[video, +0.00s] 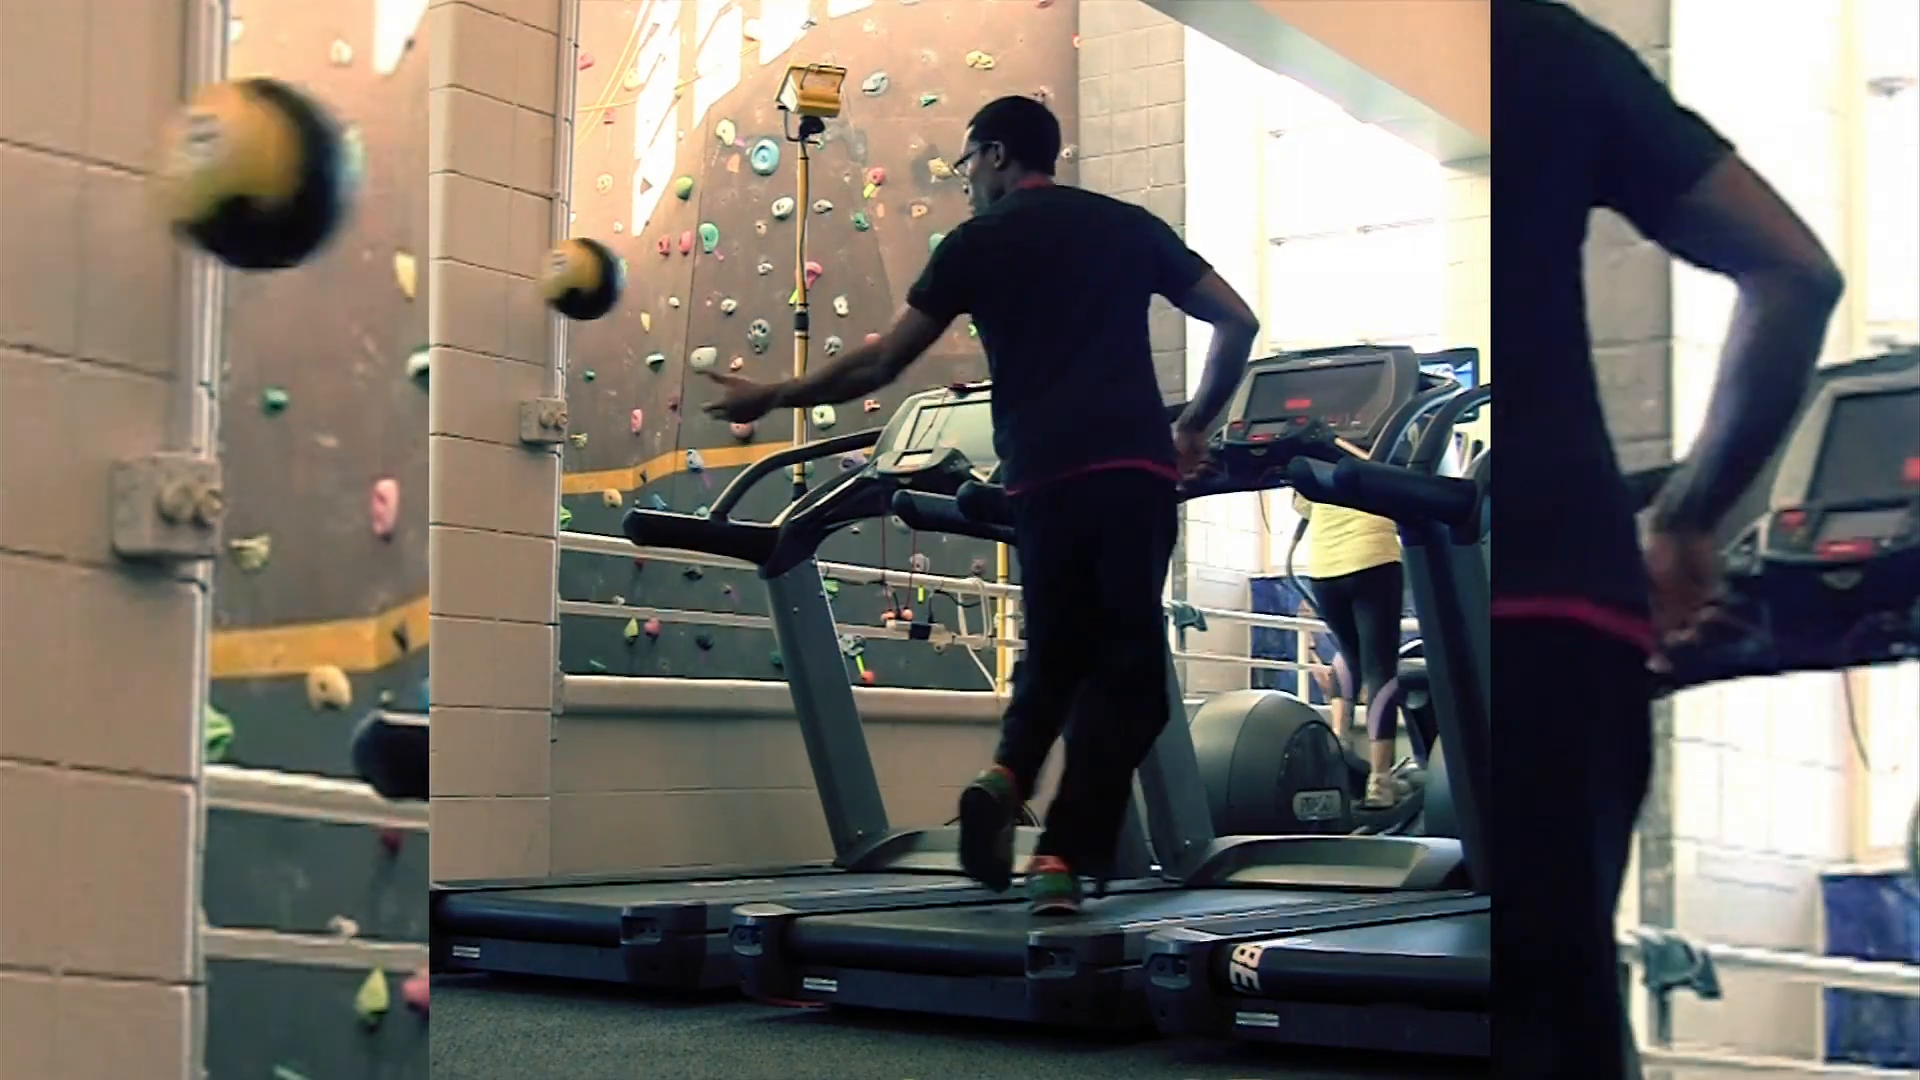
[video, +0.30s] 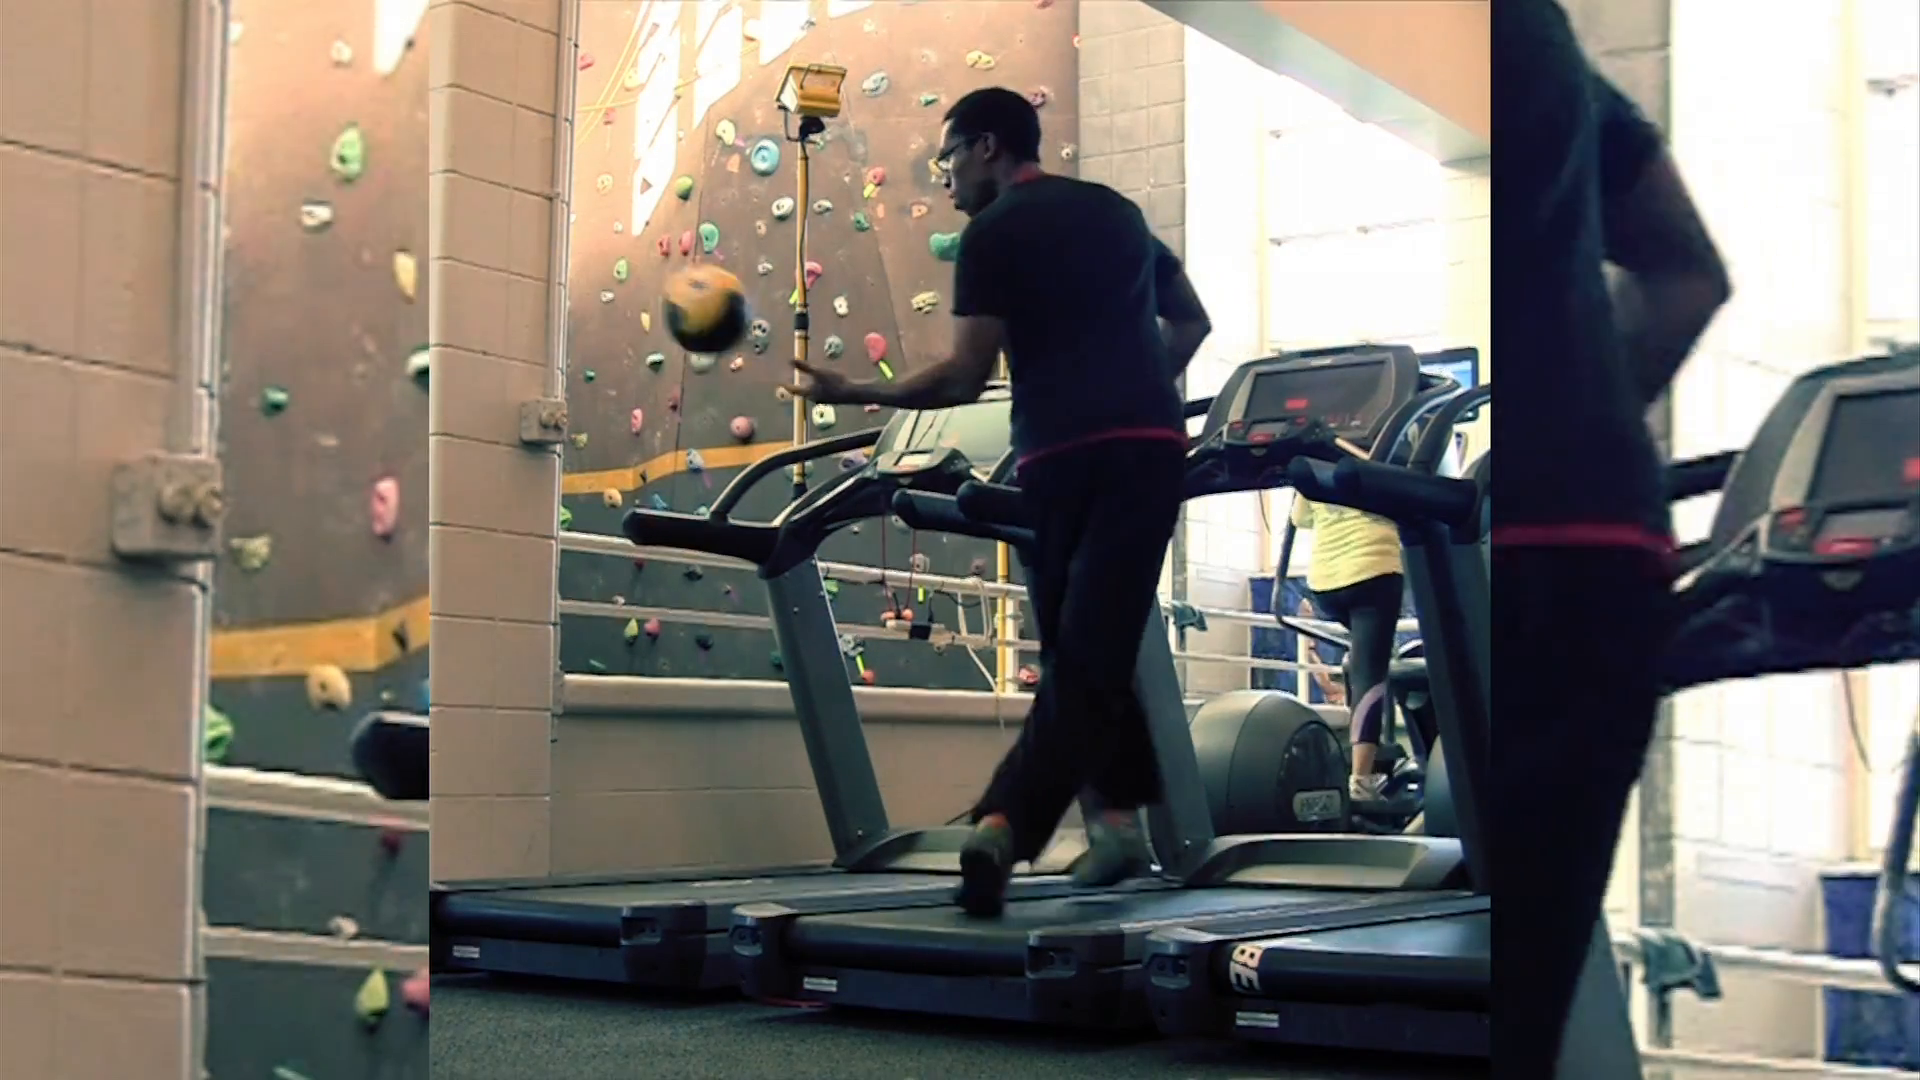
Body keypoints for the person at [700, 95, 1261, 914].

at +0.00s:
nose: (962, 179)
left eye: (967, 163)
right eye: (962, 165)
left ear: (998, 158)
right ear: (1048, 158)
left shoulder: (976, 243)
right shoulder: (1126, 224)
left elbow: (881, 361)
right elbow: (1237, 321)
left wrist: (772, 393)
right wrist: (1199, 422)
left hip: (1047, 479)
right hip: (1139, 472)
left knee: (1054, 651)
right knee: (1134, 673)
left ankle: (1005, 779)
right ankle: (1064, 861)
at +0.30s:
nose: (946, 180)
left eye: (951, 160)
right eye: (943, 163)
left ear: (992, 149)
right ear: (1028, 150)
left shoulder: (993, 232)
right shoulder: (1117, 212)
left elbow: (964, 374)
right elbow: (1189, 321)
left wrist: (857, 390)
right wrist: (1136, 391)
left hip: (1057, 452)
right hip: (1152, 444)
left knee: (1074, 644)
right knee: (1094, 646)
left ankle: (1120, 830)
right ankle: (1003, 828)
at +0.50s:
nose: (949, 183)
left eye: (955, 163)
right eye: (946, 167)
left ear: (999, 153)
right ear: (1026, 155)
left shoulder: (1009, 240)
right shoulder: (1117, 220)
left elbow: (983, 396)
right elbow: (1171, 343)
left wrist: (859, 433)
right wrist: (1101, 405)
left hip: (1065, 477)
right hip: (1160, 463)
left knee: (1075, 671)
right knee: (1139, 653)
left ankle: (1160, 849)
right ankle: (1083, 761)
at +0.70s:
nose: (965, 186)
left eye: (974, 166)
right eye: (960, 171)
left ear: (1024, 156)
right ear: (1036, 164)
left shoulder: (1033, 243)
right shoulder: (1107, 232)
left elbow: (1022, 388)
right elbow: (1169, 362)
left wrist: (907, 455)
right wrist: (1101, 431)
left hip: (1067, 485)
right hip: (1141, 478)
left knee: (1042, 681)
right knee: (1120, 675)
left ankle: (1101, 863)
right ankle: (1235, 754)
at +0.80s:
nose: (970, 172)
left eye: (979, 154)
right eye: (966, 158)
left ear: (1033, 143)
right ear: (1034, 150)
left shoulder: (1054, 215)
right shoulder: (1097, 217)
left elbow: (1061, 347)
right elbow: (1166, 353)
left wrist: (958, 419)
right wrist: (1118, 437)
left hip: (1074, 472)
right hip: (1132, 470)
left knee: (1031, 666)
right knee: (1108, 666)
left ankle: (1075, 865)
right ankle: (1265, 757)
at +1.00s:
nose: (982, 143)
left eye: (993, 124)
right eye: (974, 131)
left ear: (1040, 112)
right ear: (983, 131)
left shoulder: (1082, 169)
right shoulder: (1039, 203)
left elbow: (1172, 240)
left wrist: (1108, 321)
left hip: (1108, 428)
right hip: (1087, 431)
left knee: (1039, 620)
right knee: (1100, 637)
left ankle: (1042, 827)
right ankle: (1233, 796)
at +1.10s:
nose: (992, 137)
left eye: (1006, 120)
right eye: (981, 125)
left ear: (1048, 111)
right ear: (974, 128)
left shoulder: (1101, 167)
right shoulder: (1021, 206)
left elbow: (1224, 212)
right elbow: (1069, 315)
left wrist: (1199, 297)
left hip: (1117, 419)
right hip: (1078, 429)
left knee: (1067, 597)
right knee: (1123, 626)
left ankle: (1057, 805)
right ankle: (1195, 827)